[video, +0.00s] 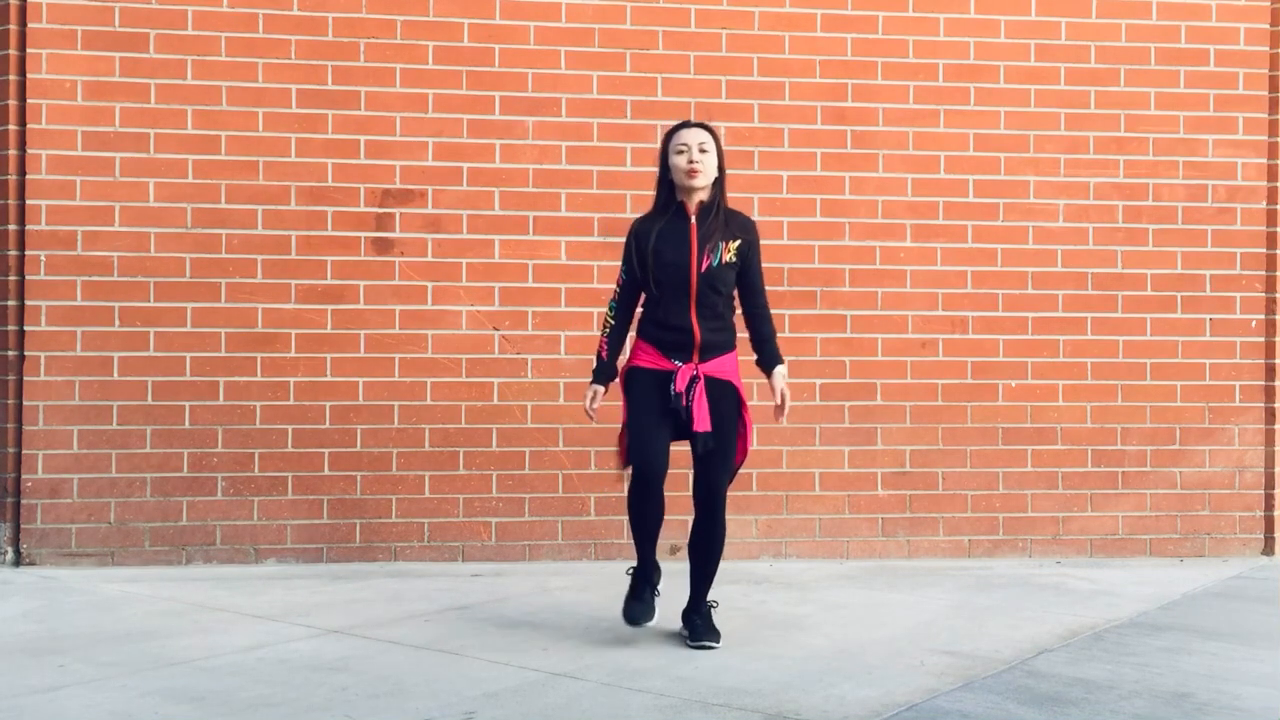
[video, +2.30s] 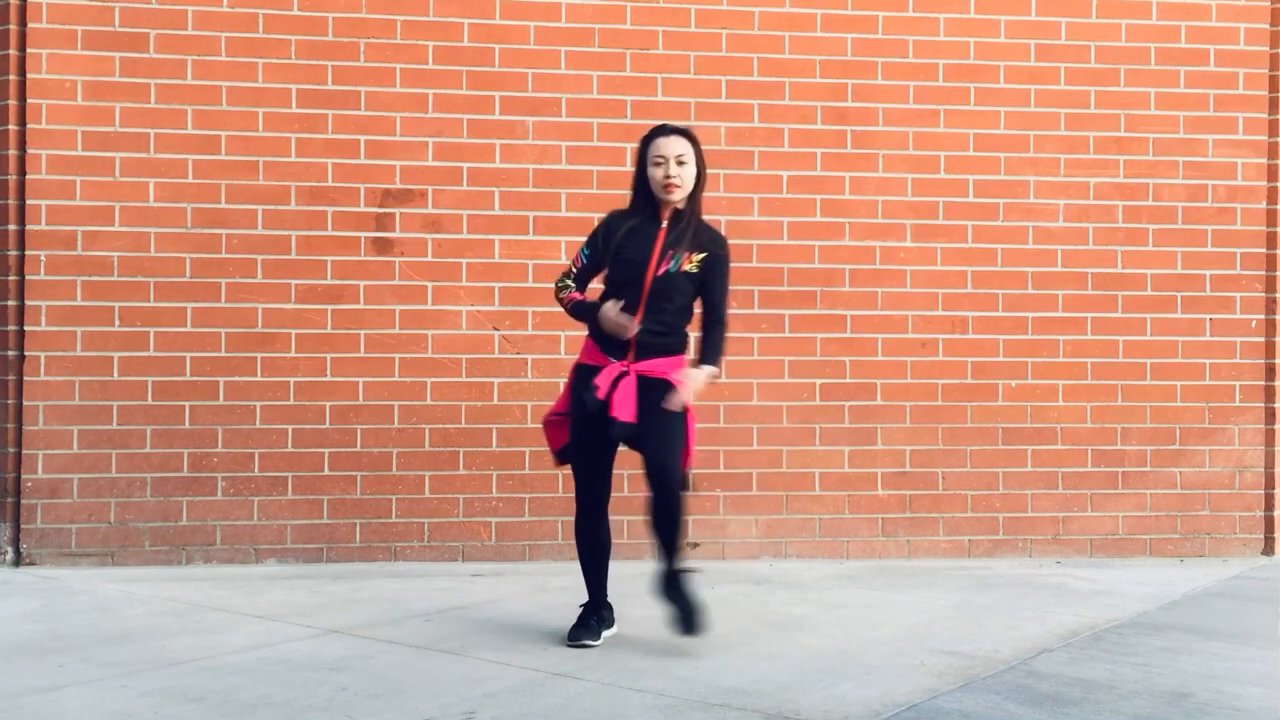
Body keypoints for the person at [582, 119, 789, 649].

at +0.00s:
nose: (693, 158)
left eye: (703, 150)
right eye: (682, 151)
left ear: (718, 162)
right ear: (666, 164)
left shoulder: (738, 228)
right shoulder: (646, 229)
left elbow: (755, 302)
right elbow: (622, 303)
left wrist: (774, 365)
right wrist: (603, 369)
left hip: (715, 371)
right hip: (651, 368)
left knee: (711, 493)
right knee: (647, 471)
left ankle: (698, 606)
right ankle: (645, 571)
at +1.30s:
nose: (707, 176)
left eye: (718, 166)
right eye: (696, 166)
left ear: (733, 171)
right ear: (680, 172)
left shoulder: (755, 225)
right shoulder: (665, 240)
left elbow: (776, 298)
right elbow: (647, 316)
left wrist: (794, 361)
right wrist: (638, 388)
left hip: (760, 370)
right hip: (697, 372)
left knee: (762, 496)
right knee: (704, 477)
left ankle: (749, 609)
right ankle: (672, 576)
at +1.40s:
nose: (711, 173)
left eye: (721, 163)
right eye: (699, 163)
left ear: (737, 169)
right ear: (684, 171)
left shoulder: (761, 222)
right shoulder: (669, 238)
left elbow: (782, 294)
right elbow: (657, 315)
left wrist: (800, 355)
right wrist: (653, 389)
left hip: (767, 368)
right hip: (705, 370)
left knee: (761, 484)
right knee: (732, 468)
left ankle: (749, 605)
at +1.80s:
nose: (714, 173)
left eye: (724, 162)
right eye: (702, 164)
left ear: (740, 169)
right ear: (687, 175)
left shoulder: (766, 228)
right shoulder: (674, 242)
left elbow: (786, 300)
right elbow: (655, 319)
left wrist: (800, 361)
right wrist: (645, 390)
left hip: (762, 372)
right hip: (698, 372)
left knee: (769, 488)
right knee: (703, 457)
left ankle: (753, 603)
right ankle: (736, 572)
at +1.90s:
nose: (710, 162)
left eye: (721, 151)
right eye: (698, 153)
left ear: (737, 159)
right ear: (685, 163)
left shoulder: (761, 220)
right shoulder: (669, 229)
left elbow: (779, 292)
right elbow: (648, 305)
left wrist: (793, 354)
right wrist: (635, 375)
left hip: (750, 366)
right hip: (685, 364)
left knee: (753, 494)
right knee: (662, 435)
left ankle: (748, 609)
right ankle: (674, 545)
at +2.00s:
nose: (705, 160)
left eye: (714, 149)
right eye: (693, 151)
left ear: (731, 156)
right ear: (679, 162)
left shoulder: (755, 220)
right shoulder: (662, 222)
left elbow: (769, 292)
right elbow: (638, 296)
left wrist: (780, 351)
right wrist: (622, 365)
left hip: (734, 367)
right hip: (667, 364)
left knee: (736, 491)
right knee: (627, 467)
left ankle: (747, 609)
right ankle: (623, 566)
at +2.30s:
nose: (670, 172)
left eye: (681, 162)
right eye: (659, 162)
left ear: (697, 170)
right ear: (644, 171)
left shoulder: (708, 244)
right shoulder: (617, 227)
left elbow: (714, 318)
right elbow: (565, 286)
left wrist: (707, 365)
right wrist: (596, 311)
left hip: (662, 377)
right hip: (599, 372)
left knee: (667, 478)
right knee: (591, 496)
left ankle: (672, 574)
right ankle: (597, 604)